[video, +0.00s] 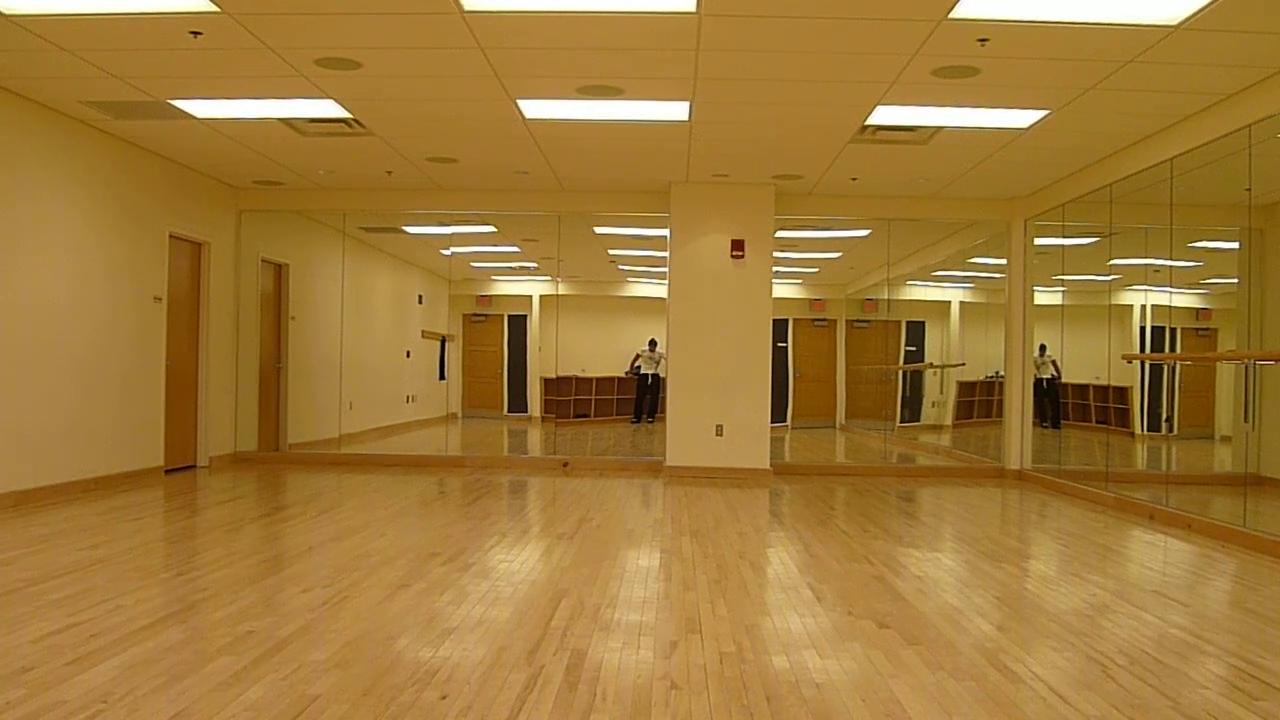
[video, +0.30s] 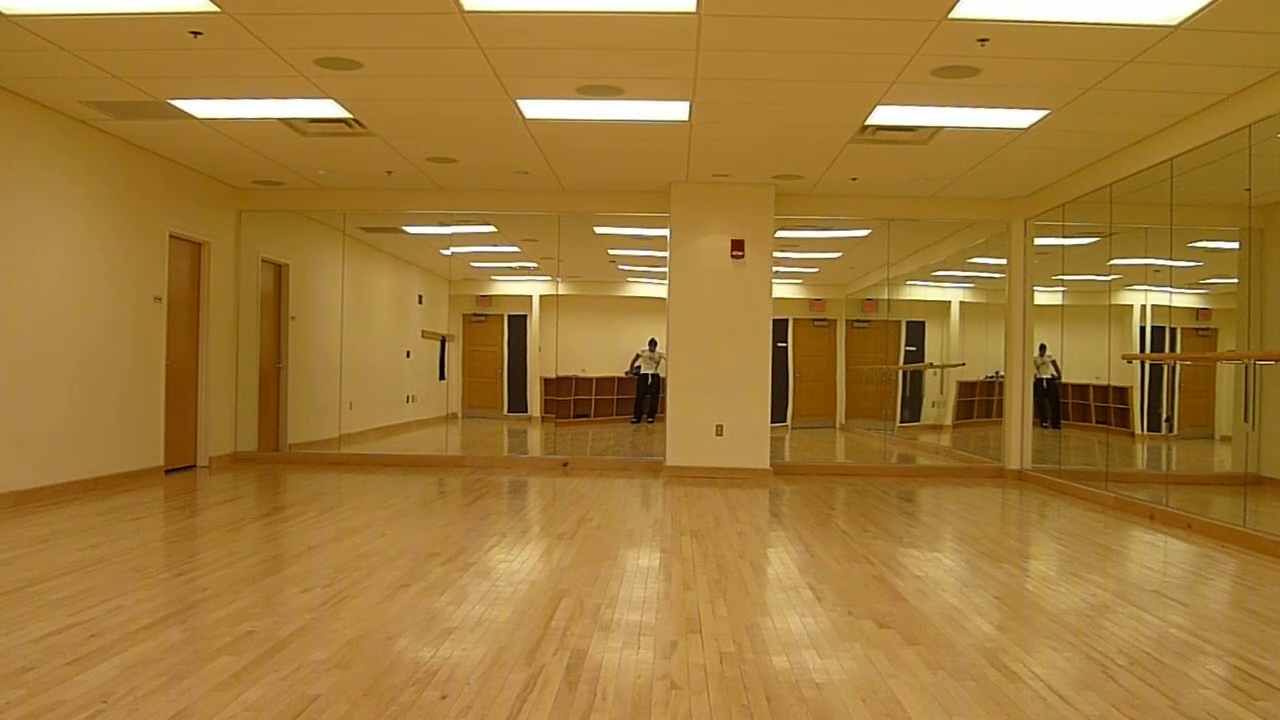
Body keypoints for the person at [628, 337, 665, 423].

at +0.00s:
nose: (652, 349)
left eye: (654, 347)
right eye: (650, 347)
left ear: (656, 347)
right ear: (648, 346)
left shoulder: (660, 354)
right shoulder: (642, 352)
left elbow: (668, 362)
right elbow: (634, 360)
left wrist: (668, 373)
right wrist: (630, 370)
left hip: (654, 374)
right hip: (643, 373)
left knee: (654, 396)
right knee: (640, 395)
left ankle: (651, 416)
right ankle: (637, 416)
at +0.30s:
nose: (652, 349)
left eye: (654, 347)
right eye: (650, 347)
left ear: (656, 347)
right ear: (648, 346)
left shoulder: (660, 354)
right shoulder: (642, 352)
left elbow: (668, 361)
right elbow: (634, 360)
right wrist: (630, 370)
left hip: (654, 374)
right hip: (643, 373)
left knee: (654, 396)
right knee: (640, 395)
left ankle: (651, 416)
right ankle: (637, 416)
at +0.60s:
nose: (652, 349)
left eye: (653, 347)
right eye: (650, 347)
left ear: (656, 347)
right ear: (648, 346)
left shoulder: (660, 354)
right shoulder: (642, 352)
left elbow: (668, 361)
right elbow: (634, 360)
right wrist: (630, 370)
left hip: (654, 373)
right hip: (643, 373)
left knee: (654, 396)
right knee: (640, 395)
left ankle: (651, 416)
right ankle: (637, 416)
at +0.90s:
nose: (652, 349)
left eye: (653, 347)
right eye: (650, 347)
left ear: (656, 347)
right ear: (648, 346)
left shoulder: (660, 354)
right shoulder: (642, 352)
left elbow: (668, 361)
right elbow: (634, 360)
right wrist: (630, 370)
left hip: (654, 373)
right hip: (643, 373)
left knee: (654, 396)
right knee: (640, 395)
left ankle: (651, 416)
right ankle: (637, 416)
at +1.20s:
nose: (652, 349)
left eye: (653, 347)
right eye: (650, 346)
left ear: (656, 346)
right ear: (648, 345)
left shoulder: (660, 354)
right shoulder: (642, 352)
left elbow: (668, 361)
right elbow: (634, 360)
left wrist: (668, 373)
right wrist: (630, 369)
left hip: (654, 374)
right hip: (643, 373)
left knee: (654, 396)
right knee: (640, 395)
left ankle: (651, 416)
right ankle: (637, 416)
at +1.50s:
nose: (651, 349)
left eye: (653, 347)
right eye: (650, 347)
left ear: (655, 346)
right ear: (647, 346)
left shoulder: (659, 354)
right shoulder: (642, 352)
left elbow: (668, 360)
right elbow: (634, 360)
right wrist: (630, 369)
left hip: (654, 374)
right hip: (643, 374)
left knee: (654, 396)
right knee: (640, 395)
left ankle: (651, 416)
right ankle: (637, 416)